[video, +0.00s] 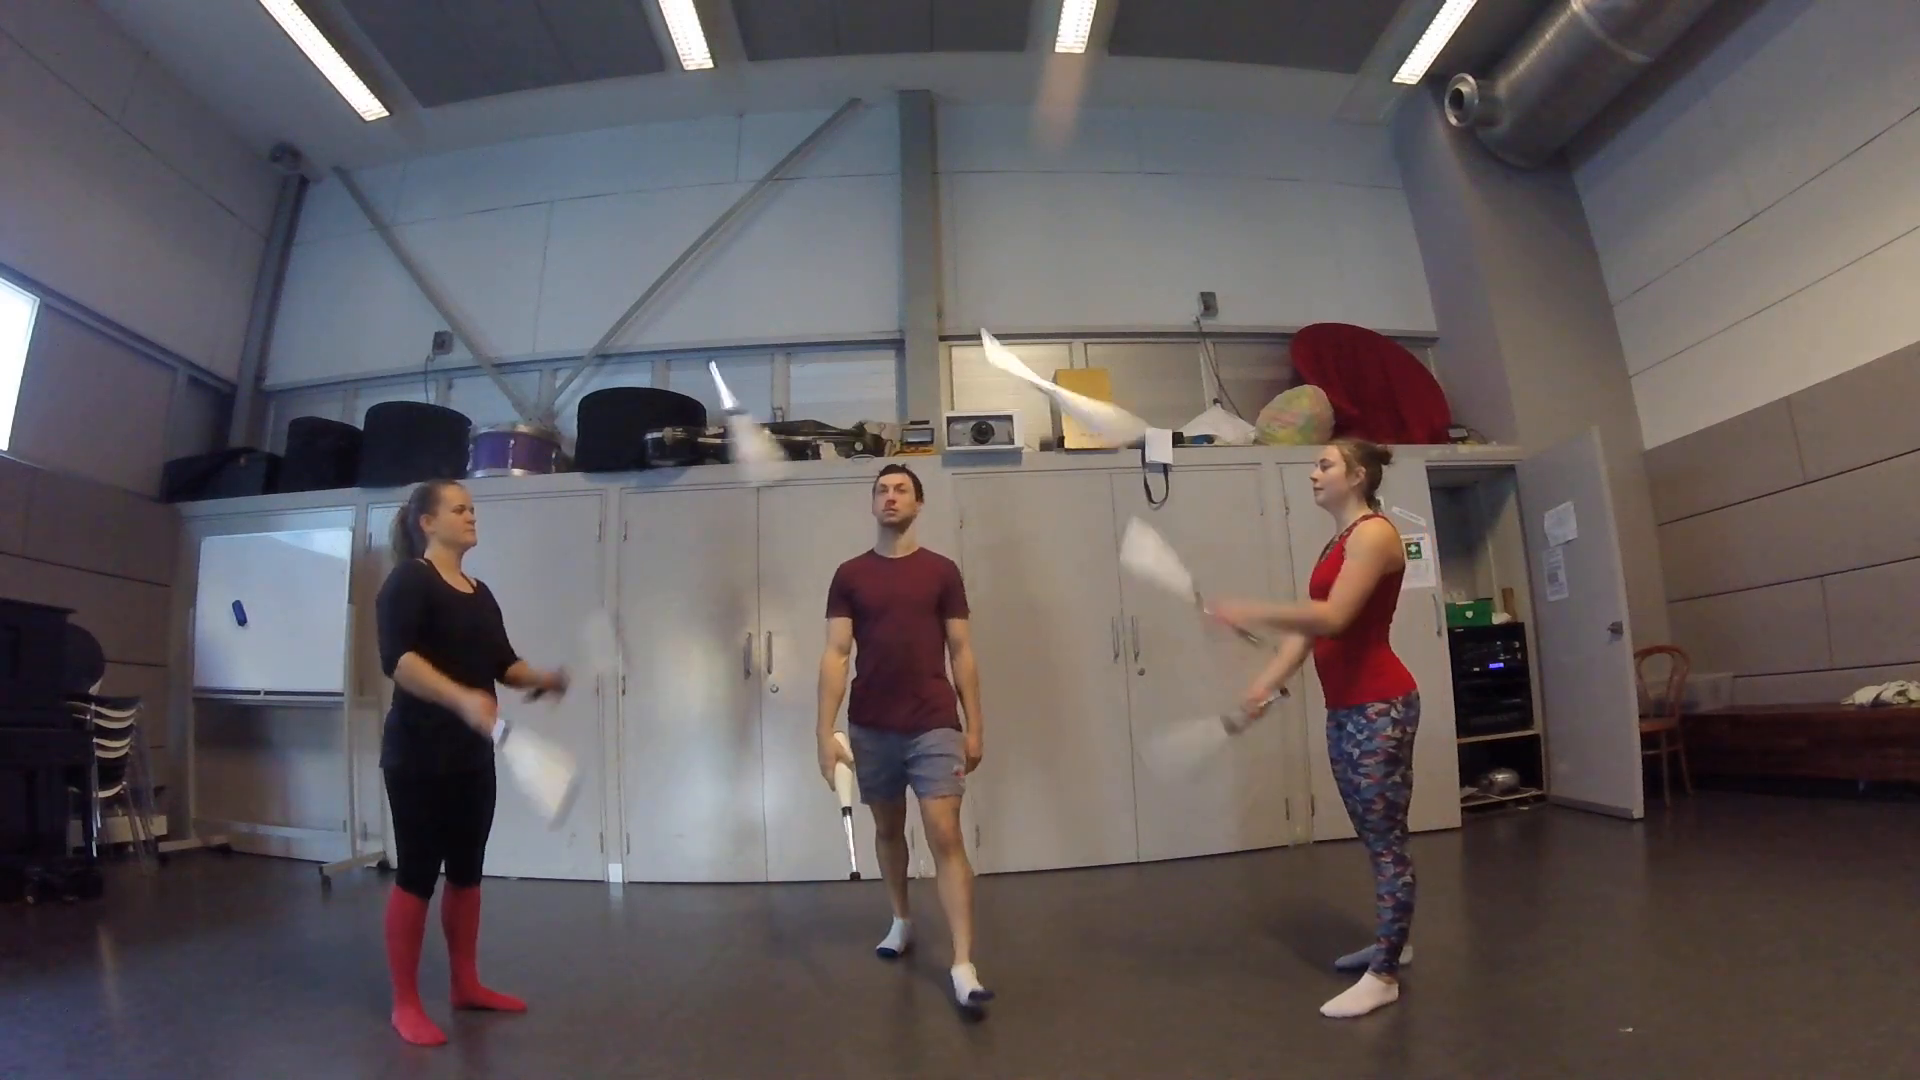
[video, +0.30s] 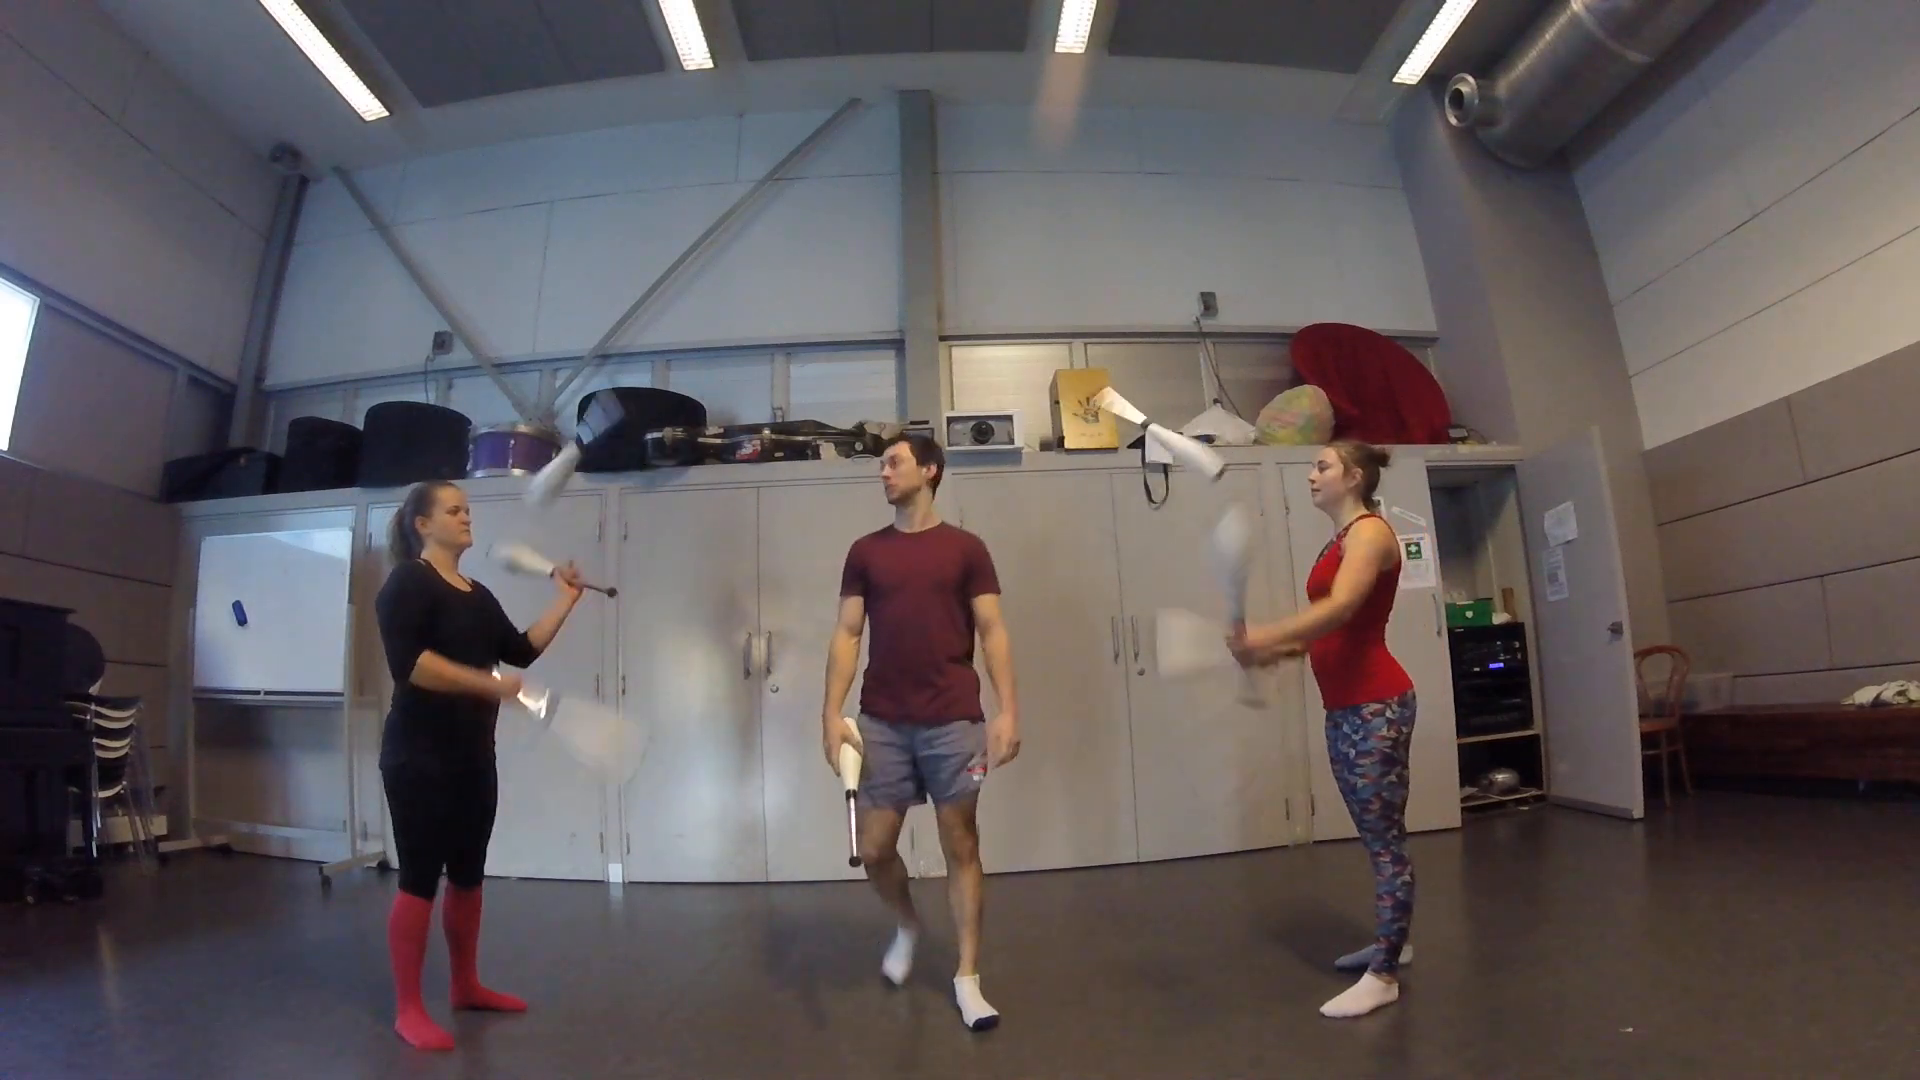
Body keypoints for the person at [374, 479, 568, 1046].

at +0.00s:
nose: (472, 518)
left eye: (472, 510)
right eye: (460, 510)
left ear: (467, 523)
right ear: (426, 522)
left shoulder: (478, 591)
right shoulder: (406, 584)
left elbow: (504, 665)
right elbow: (397, 660)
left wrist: (541, 678)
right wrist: (463, 698)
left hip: (473, 749)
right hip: (418, 751)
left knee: (466, 872)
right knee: (416, 874)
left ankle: (467, 987)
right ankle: (405, 1005)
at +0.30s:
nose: (468, 519)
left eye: (468, 511)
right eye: (455, 511)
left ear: (460, 523)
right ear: (422, 523)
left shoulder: (476, 593)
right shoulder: (404, 587)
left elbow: (521, 650)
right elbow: (410, 663)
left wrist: (568, 597)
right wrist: (489, 683)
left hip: (473, 753)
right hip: (418, 755)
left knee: (467, 874)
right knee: (419, 878)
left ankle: (467, 988)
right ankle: (409, 1010)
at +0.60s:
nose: (460, 518)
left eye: (460, 509)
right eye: (447, 510)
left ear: (456, 521)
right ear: (413, 522)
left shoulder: (470, 591)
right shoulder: (399, 582)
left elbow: (497, 660)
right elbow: (428, 645)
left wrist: (539, 684)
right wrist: (500, 612)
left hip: (469, 752)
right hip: (414, 754)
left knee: (465, 874)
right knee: (413, 878)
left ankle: (466, 988)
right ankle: (408, 1011)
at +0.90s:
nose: (459, 515)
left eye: (459, 507)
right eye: (446, 507)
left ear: (457, 518)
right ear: (412, 519)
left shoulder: (470, 588)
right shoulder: (394, 579)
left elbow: (504, 657)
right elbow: (379, 665)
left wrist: (540, 622)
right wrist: (435, 712)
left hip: (465, 750)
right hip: (410, 750)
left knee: (465, 871)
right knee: (410, 875)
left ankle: (466, 988)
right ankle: (408, 1011)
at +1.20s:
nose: (459, 515)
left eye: (460, 507)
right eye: (447, 507)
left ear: (456, 518)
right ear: (413, 518)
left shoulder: (464, 588)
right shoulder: (394, 583)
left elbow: (482, 661)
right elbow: (404, 666)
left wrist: (536, 674)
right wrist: (487, 694)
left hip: (463, 754)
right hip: (409, 757)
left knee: (460, 874)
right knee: (410, 878)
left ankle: (465, 988)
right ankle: (408, 1012)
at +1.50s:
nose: (461, 514)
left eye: (461, 505)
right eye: (449, 506)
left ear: (455, 519)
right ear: (415, 517)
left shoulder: (467, 589)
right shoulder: (392, 578)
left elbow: (489, 666)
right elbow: (400, 656)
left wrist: (510, 724)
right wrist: (464, 630)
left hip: (464, 753)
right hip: (407, 755)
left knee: (461, 874)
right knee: (410, 879)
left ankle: (465, 988)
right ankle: (408, 1011)